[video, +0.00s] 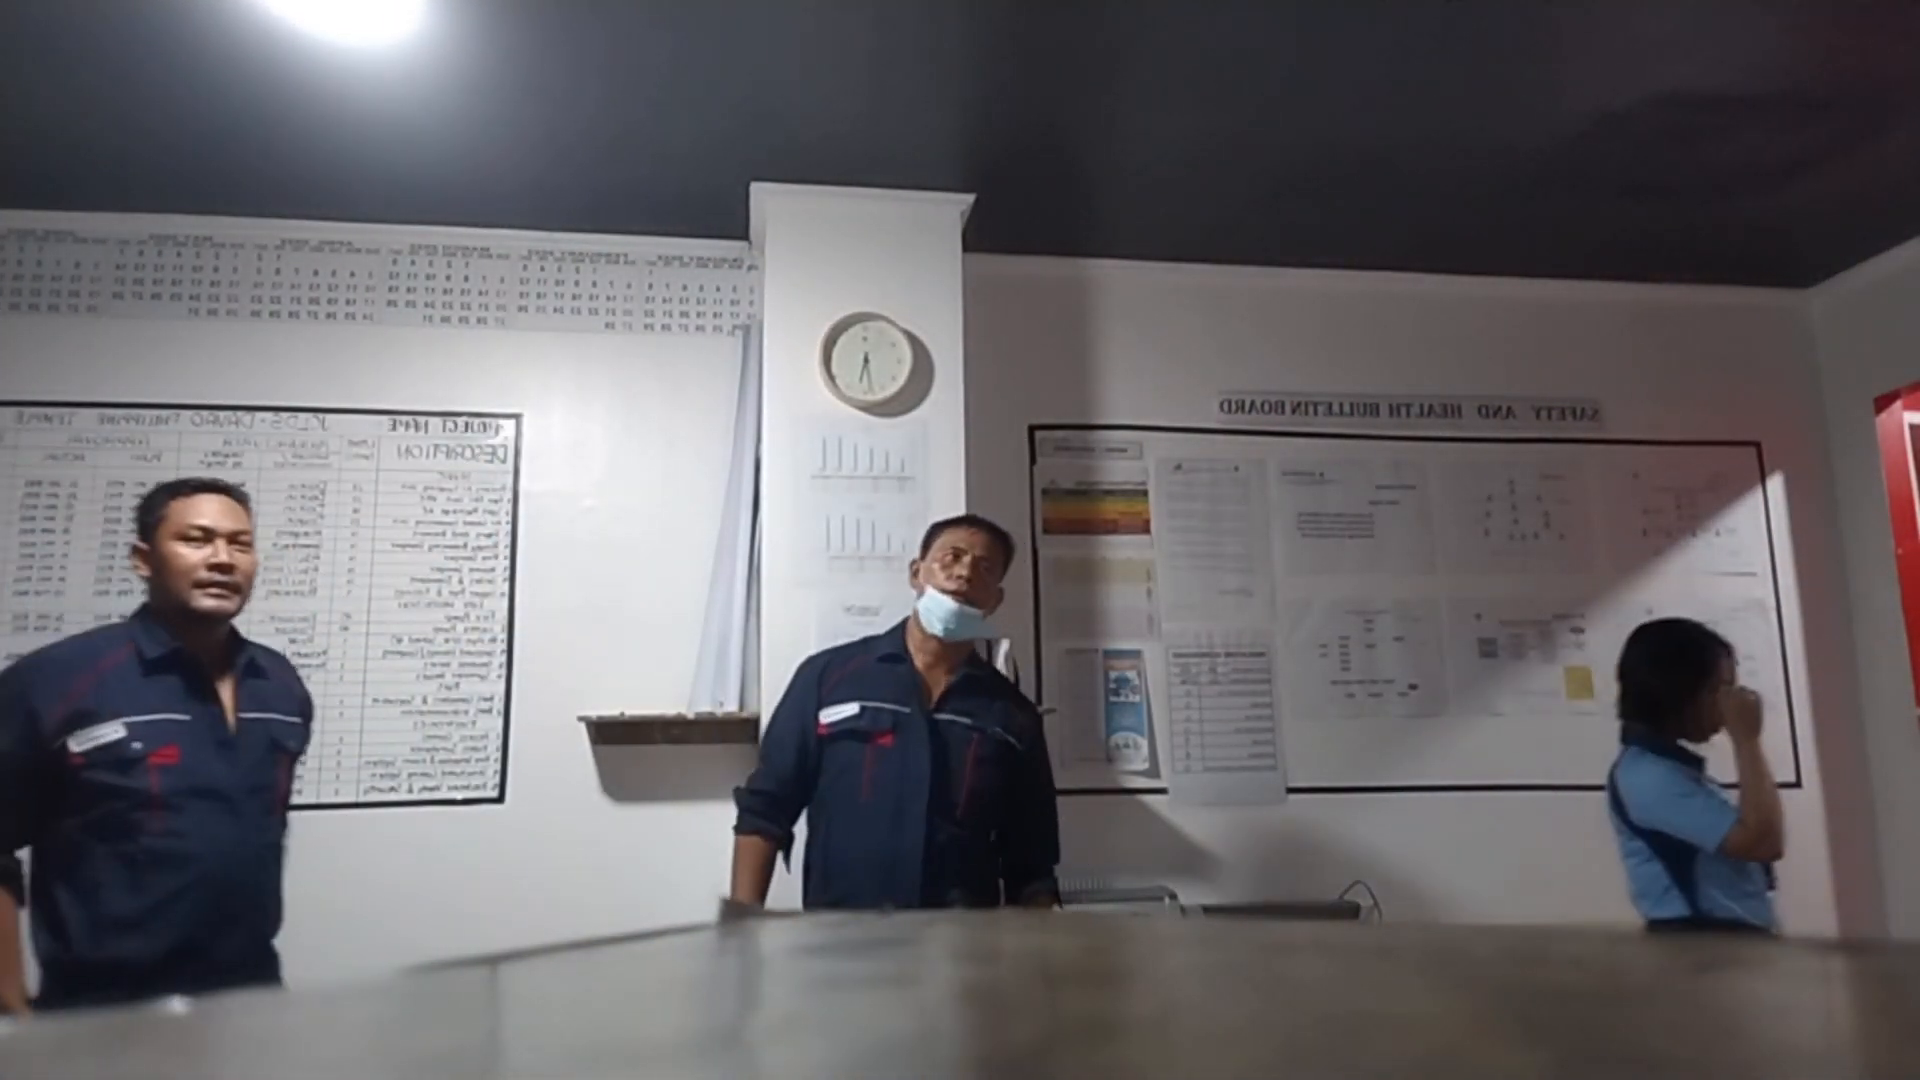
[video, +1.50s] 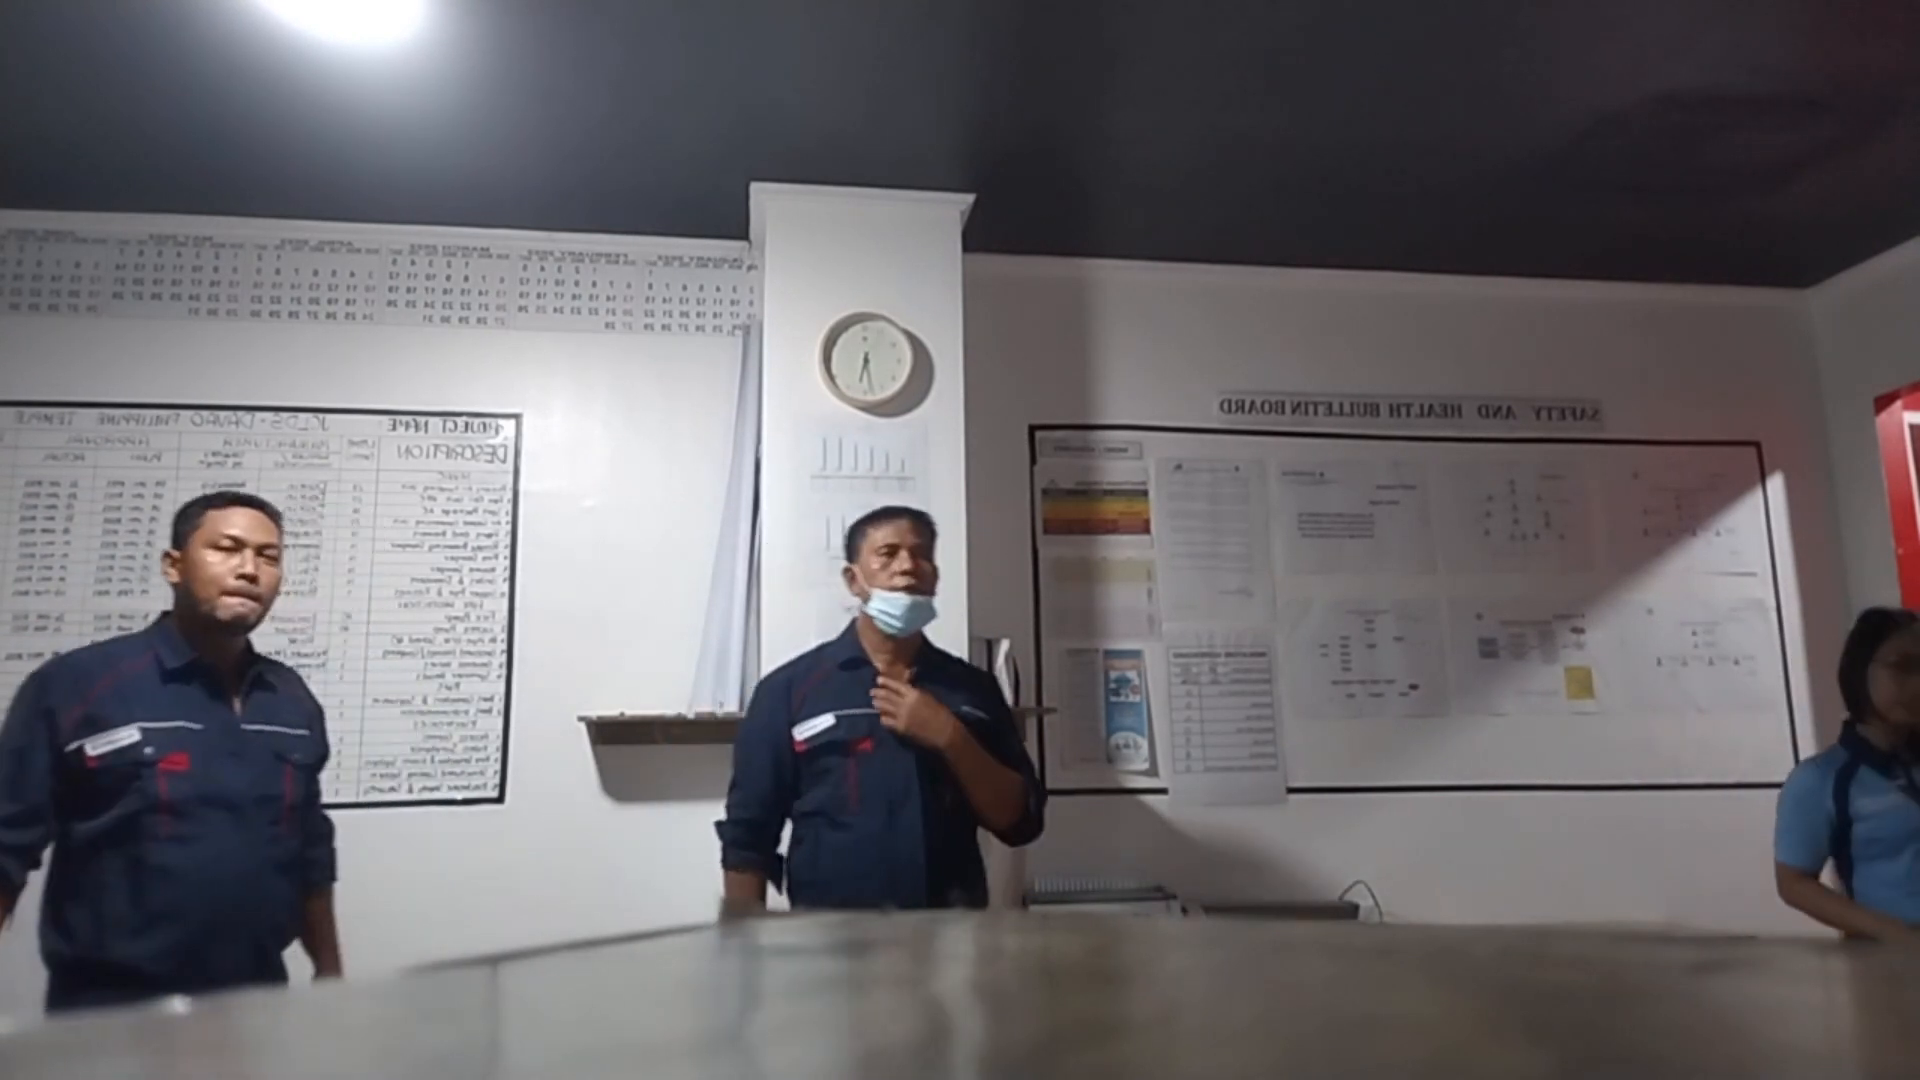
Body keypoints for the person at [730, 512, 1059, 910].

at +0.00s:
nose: (965, 571)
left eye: (983, 567)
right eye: (952, 556)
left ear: (995, 599)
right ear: (917, 574)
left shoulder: (1015, 719)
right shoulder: (826, 679)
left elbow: (1032, 873)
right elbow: (765, 810)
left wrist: (1038, 965)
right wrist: (741, 933)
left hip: (967, 954)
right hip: (840, 948)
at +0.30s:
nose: (900, 566)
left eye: (914, 556)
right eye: (881, 551)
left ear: (927, 582)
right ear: (846, 572)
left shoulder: (962, 699)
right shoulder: (770, 687)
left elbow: (992, 847)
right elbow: (724, 823)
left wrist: (1012, 952)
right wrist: (727, 939)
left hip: (929, 948)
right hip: (804, 946)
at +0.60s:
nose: (838, 561)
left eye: (850, 548)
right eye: (816, 549)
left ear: (863, 567)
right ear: (782, 576)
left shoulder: (913, 685)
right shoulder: (721, 698)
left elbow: (948, 831)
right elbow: (683, 851)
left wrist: (952, 943)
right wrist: (690, 972)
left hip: (897, 941)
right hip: (773, 943)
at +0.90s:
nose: (805, 565)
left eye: (817, 551)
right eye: (783, 556)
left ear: (834, 567)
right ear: (752, 586)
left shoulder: (896, 678)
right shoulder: (705, 708)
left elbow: (942, 820)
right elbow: (672, 860)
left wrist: (946, 937)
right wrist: (683, 981)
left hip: (891, 941)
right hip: (769, 945)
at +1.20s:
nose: (830, 564)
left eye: (841, 550)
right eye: (808, 555)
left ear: (860, 568)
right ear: (779, 586)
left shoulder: (924, 684)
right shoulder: (733, 706)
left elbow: (975, 810)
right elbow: (701, 863)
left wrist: (960, 917)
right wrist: (724, 977)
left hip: (910, 943)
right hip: (788, 949)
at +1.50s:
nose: (908, 566)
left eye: (921, 555)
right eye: (888, 555)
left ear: (935, 577)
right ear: (854, 578)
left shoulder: (972, 689)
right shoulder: (786, 695)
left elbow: (1022, 824)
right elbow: (746, 850)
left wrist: (951, 737)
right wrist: (745, 970)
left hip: (951, 940)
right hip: (829, 944)